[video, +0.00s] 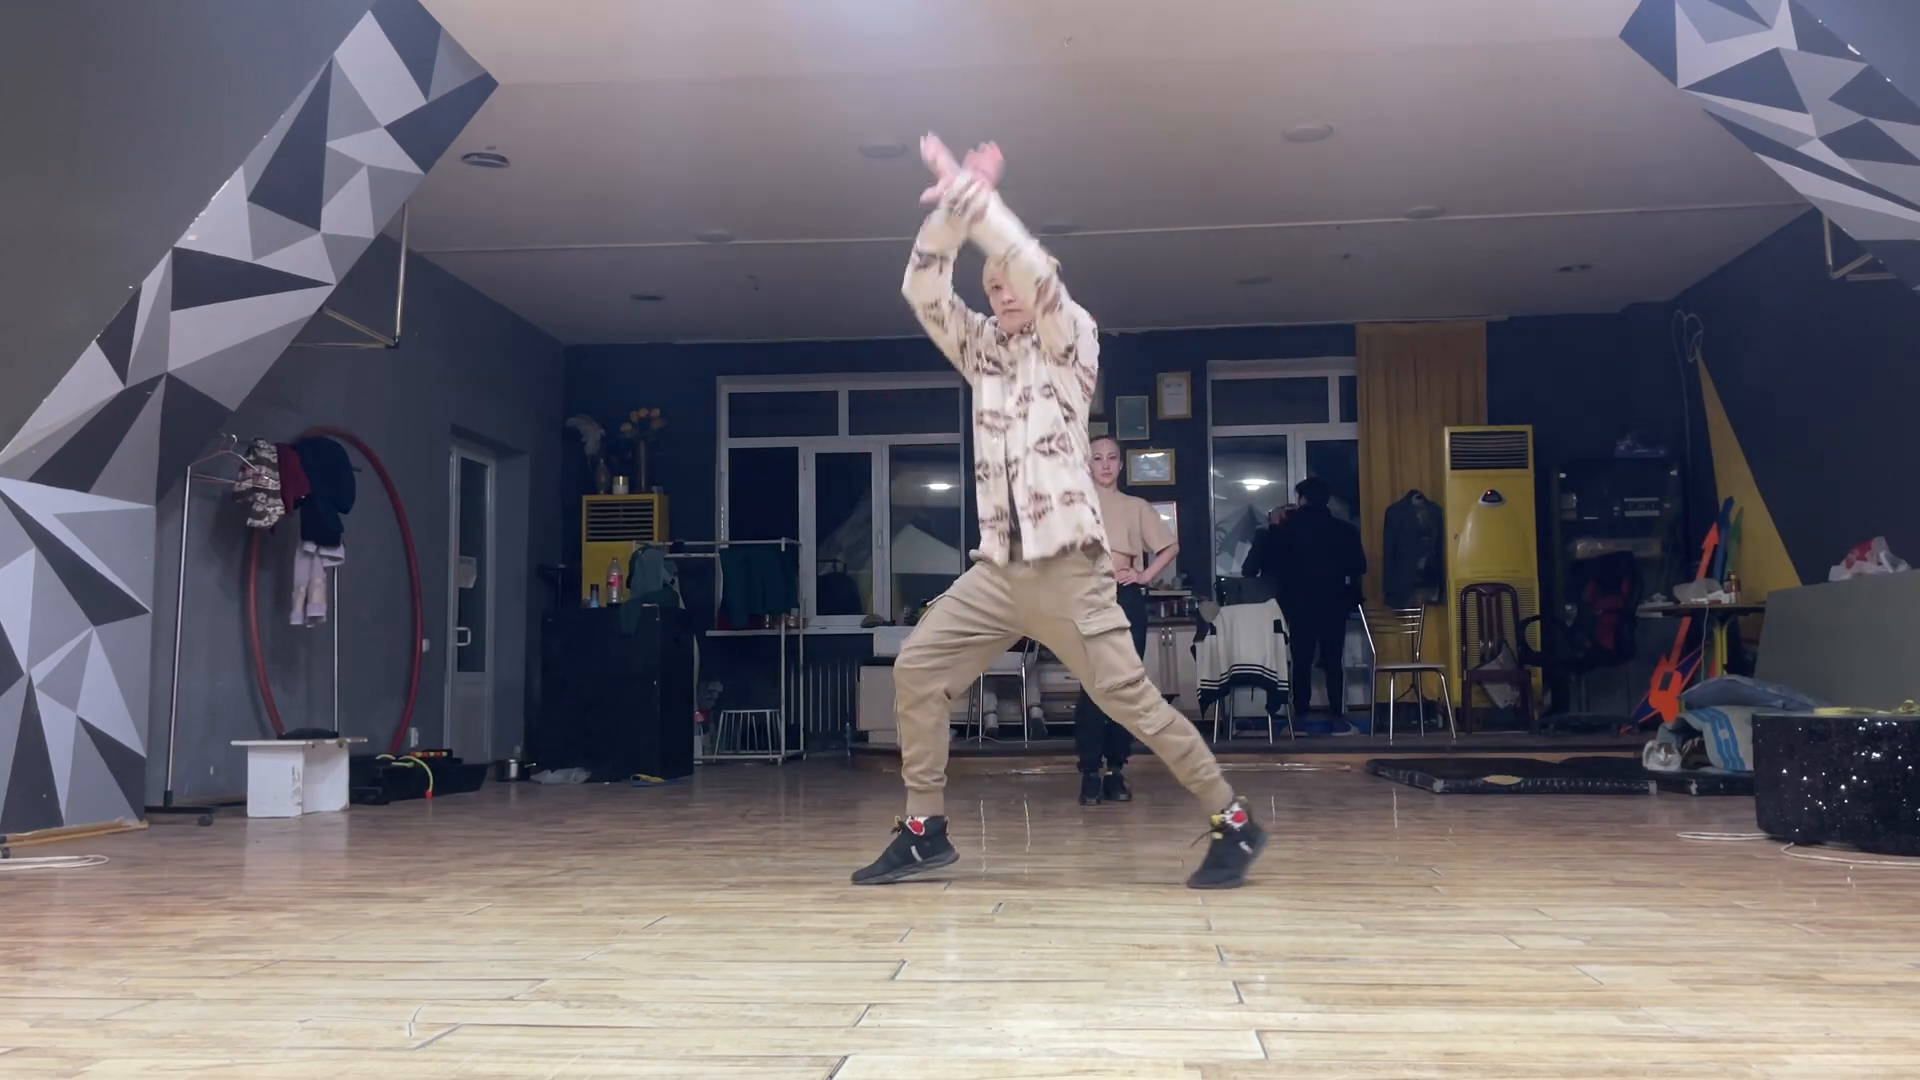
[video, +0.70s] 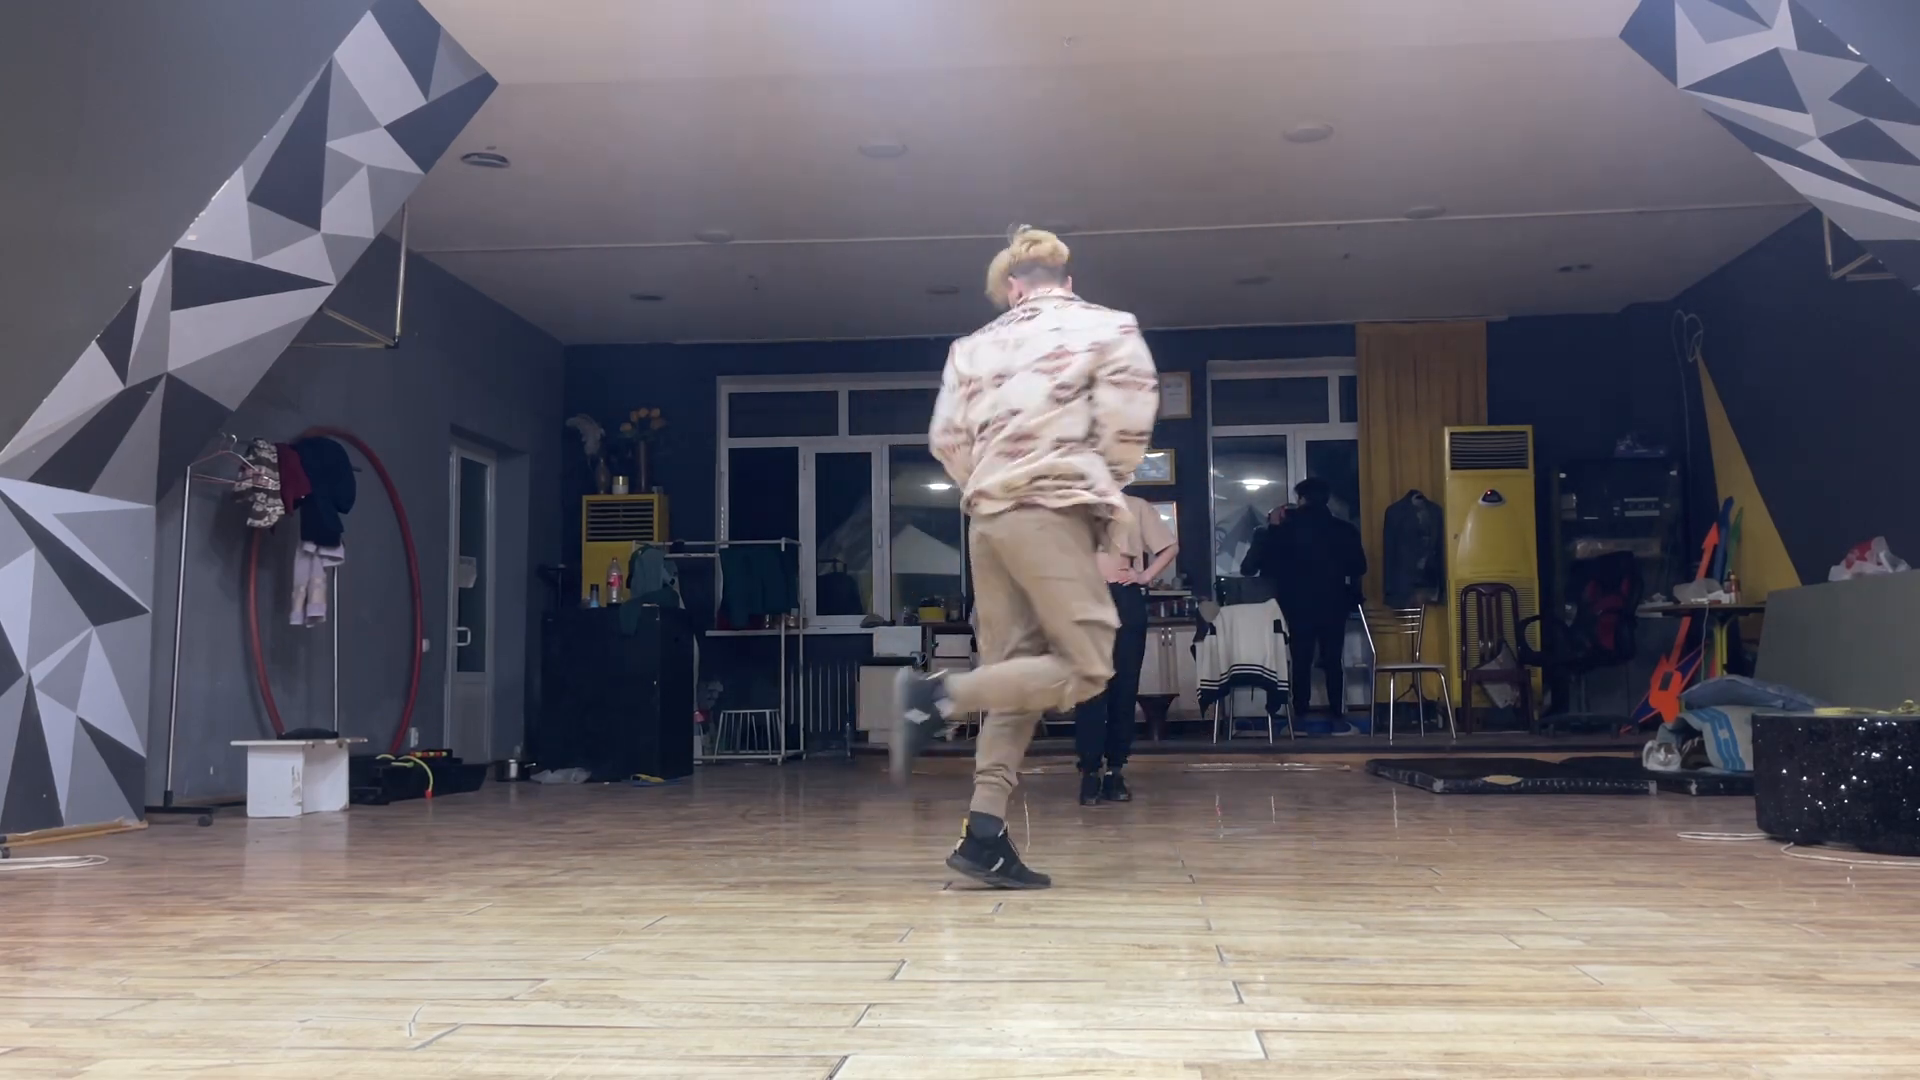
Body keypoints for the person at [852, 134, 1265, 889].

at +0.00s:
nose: (999, 294)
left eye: (1010, 281)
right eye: (991, 286)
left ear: (1041, 285)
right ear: (984, 294)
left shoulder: (1070, 344)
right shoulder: (982, 347)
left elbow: (1035, 271)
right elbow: (925, 292)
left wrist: (979, 202)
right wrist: (947, 212)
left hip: (1069, 566)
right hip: (998, 568)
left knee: (1132, 702)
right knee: (917, 668)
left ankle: (1232, 823)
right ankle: (924, 830)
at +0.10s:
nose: (1003, 294)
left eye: (1015, 282)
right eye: (991, 286)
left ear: (1039, 286)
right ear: (977, 295)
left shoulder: (1053, 335)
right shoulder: (985, 337)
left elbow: (1067, 233)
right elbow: (972, 268)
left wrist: (1075, 133)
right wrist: (939, 215)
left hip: (1064, 550)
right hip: (1007, 562)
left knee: (1147, 682)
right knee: (921, 666)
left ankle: (1258, 815)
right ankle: (924, 826)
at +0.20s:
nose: (986, 317)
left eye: (998, 304)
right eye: (977, 311)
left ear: (1027, 304)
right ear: (970, 322)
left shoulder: (1049, 339)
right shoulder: (977, 378)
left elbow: (1092, 265)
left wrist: (1135, 187)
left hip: (1060, 561)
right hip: (1011, 572)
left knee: (1141, 698)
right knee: (916, 668)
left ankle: (1266, 821)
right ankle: (926, 828)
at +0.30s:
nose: (968, 342)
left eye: (982, 329)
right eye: (961, 333)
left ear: (1015, 336)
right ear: (955, 345)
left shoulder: (1033, 370)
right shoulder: (981, 408)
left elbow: (1098, 359)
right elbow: (991, 482)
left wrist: (1189, 353)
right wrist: (974, 550)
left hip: (1060, 585)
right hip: (1001, 595)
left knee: (1142, 717)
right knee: (909, 681)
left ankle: (1277, 827)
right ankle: (930, 833)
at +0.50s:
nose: (1003, 301)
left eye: (1015, 294)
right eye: (990, 294)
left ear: (1035, 317)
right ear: (970, 316)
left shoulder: (1078, 388)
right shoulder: (938, 403)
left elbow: (1104, 490)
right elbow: (902, 500)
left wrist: (1113, 567)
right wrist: (927, 546)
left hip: (1072, 591)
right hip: (979, 596)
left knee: (1116, 701)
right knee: (929, 712)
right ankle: (941, 844)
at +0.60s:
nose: (1077, 301)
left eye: (1074, 290)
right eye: (1069, 289)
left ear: (1040, 295)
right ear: (1041, 292)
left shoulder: (1053, 367)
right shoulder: (1000, 357)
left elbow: (1057, 478)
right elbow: (985, 450)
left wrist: (1108, 531)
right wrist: (1056, 505)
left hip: (1052, 550)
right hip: (1005, 544)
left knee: (1088, 705)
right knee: (999, 697)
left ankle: (989, 834)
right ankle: (889, 799)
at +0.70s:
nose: (1012, 294)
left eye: (1008, 286)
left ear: (1008, 289)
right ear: (1071, 280)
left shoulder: (971, 347)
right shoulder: (1108, 326)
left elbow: (947, 436)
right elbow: (1126, 429)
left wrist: (993, 490)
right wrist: (1101, 488)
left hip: (984, 521)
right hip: (1050, 514)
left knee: (1010, 675)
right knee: (1088, 667)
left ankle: (984, 832)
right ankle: (943, 696)